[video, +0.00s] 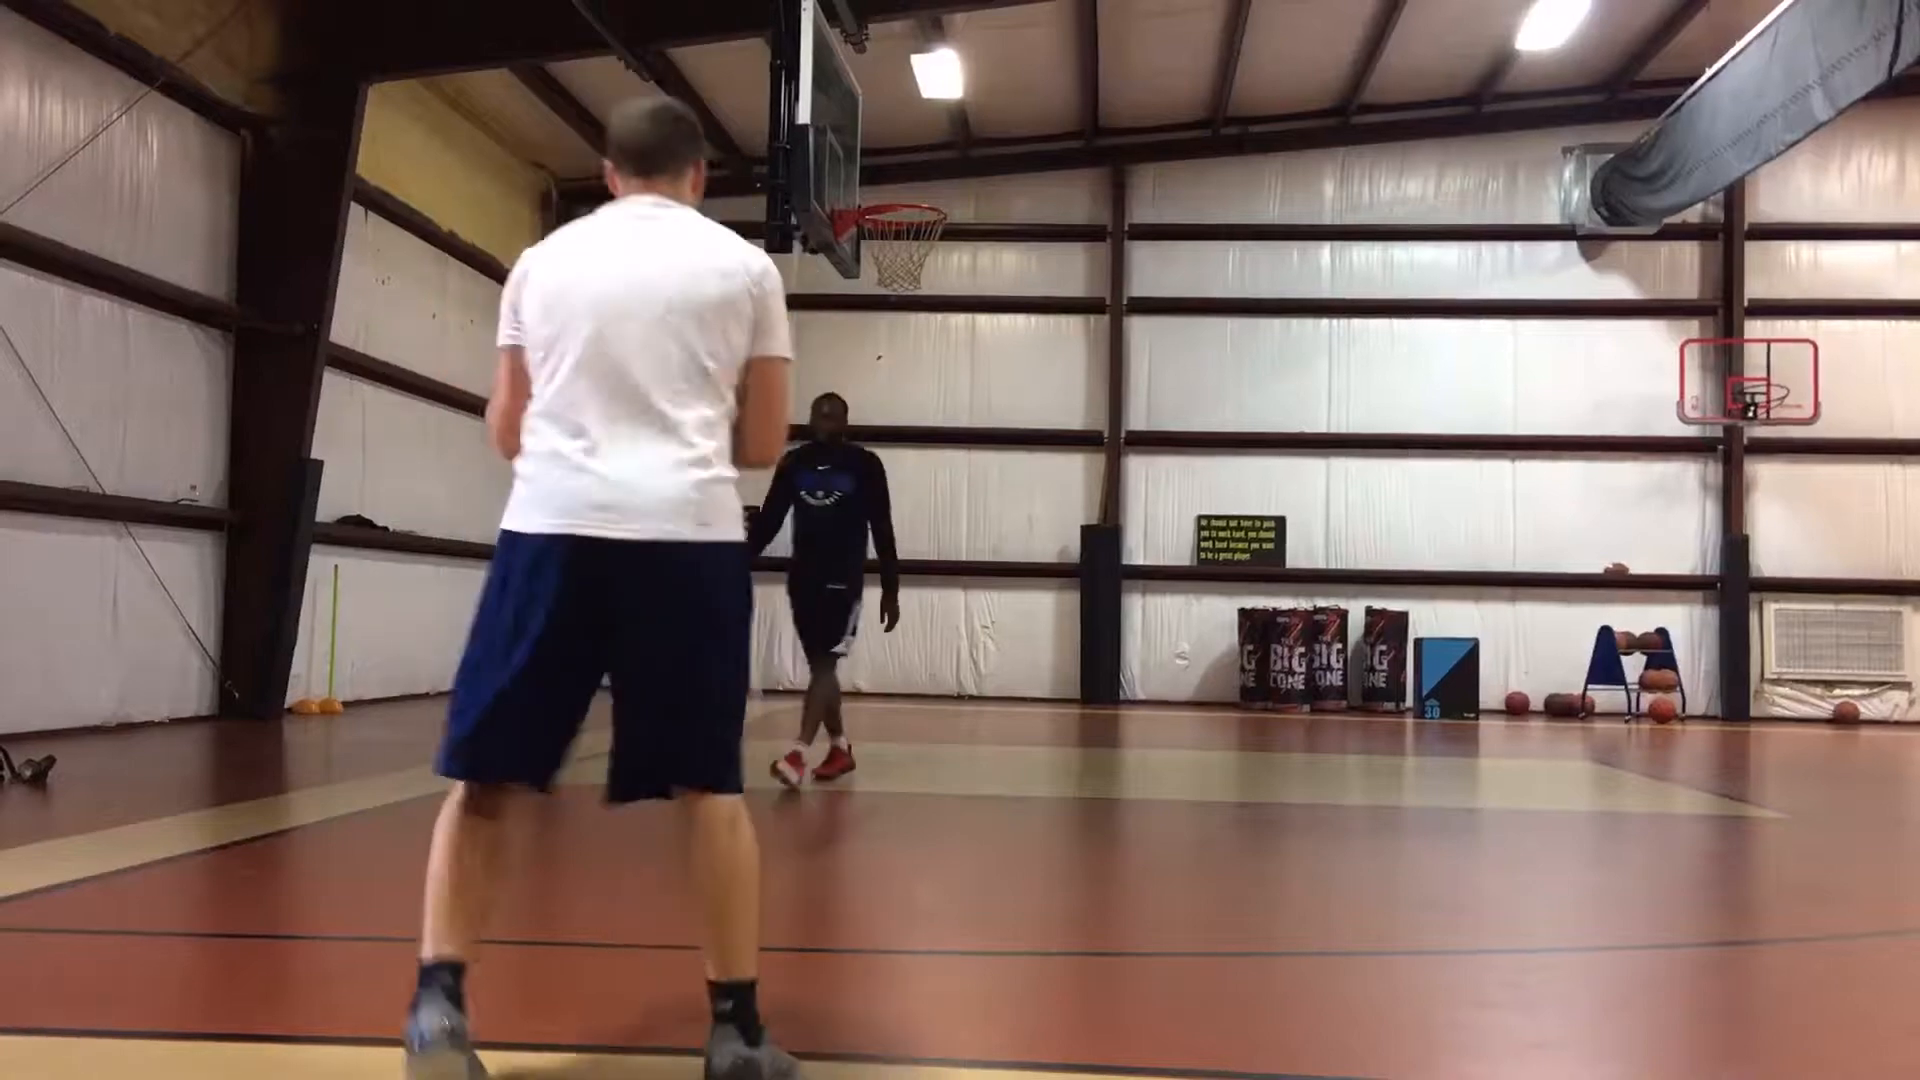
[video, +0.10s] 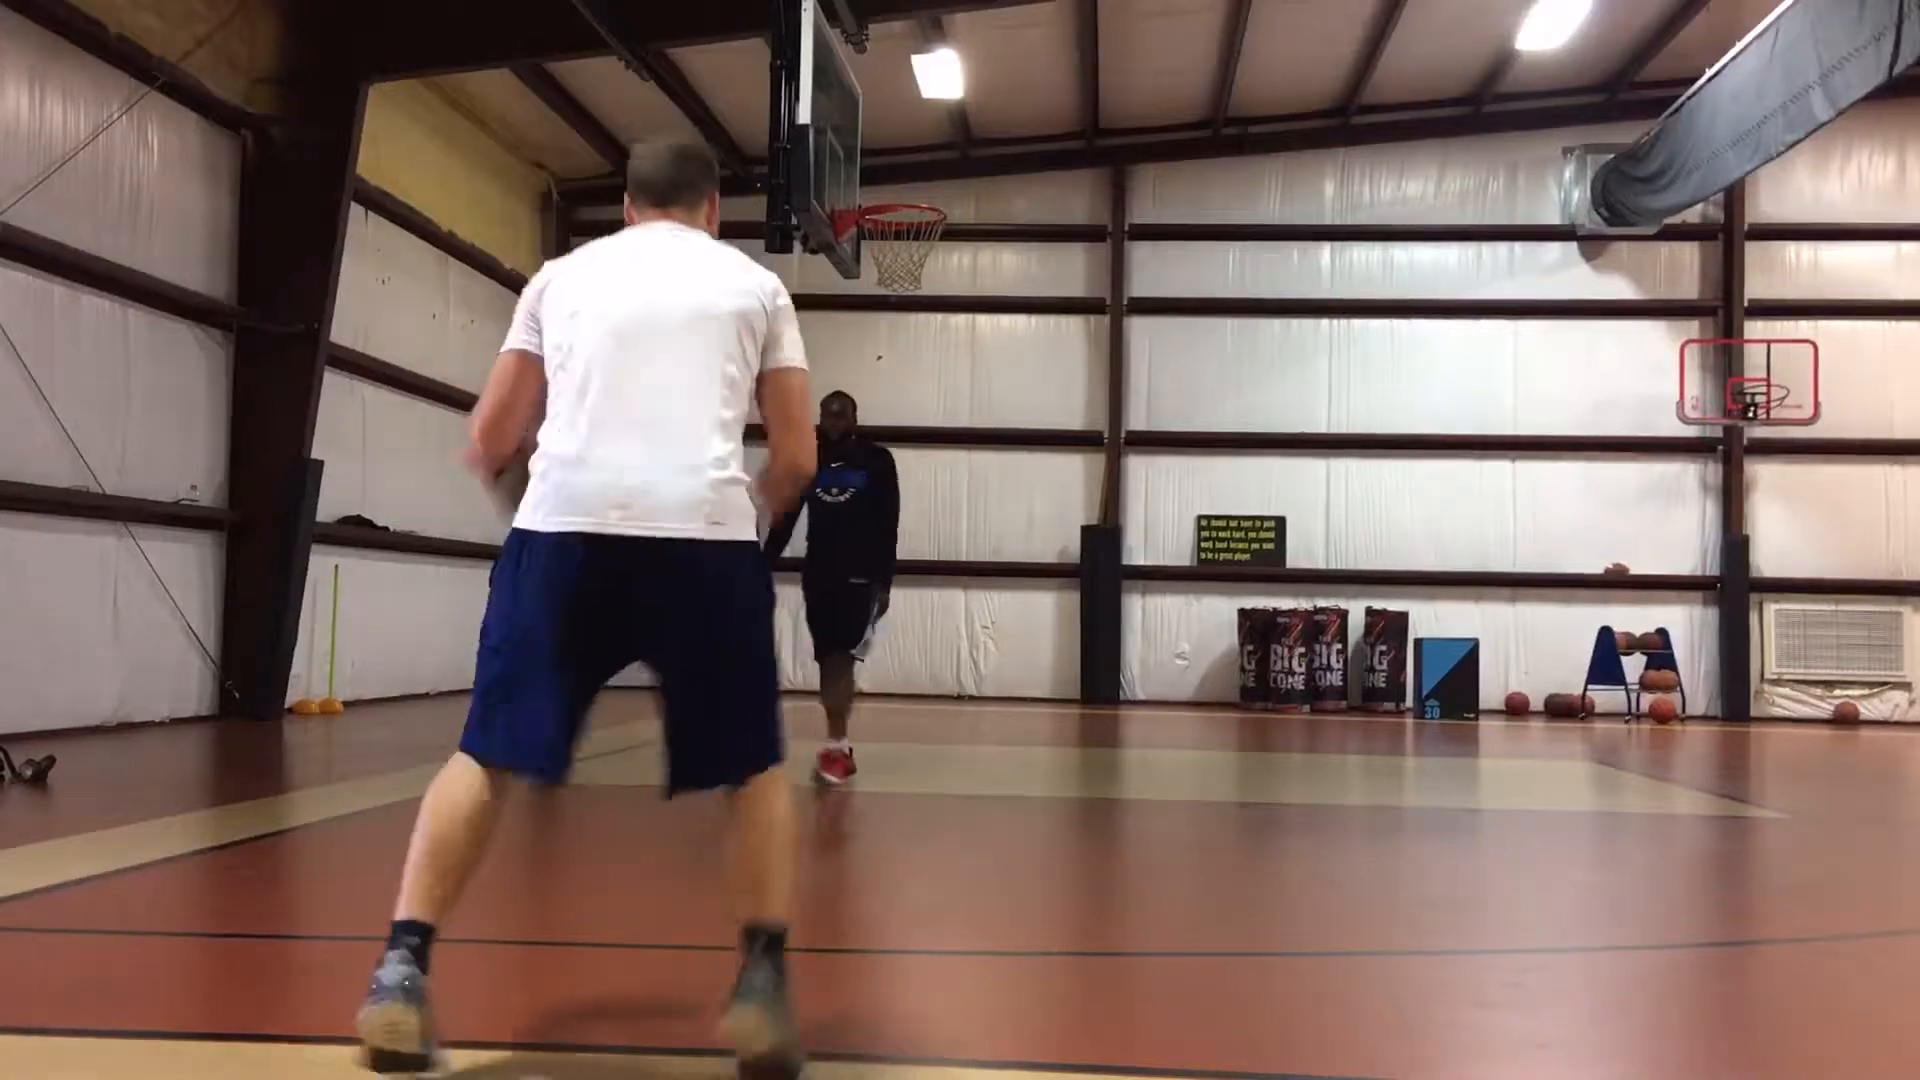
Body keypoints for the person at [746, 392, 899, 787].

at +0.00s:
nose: (825, 423)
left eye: (832, 416)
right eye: (820, 416)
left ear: (846, 422)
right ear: (810, 421)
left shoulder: (866, 465)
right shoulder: (794, 463)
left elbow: (883, 531)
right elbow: (769, 520)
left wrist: (891, 591)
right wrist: (739, 561)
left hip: (844, 574)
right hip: (804, 572)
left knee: (823, 663)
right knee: (819, 663)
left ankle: (800, 752)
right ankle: (840, 748)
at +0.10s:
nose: (831, 421)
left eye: (839, 414)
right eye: (827, 414)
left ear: (854, 419)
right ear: (819, 418)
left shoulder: (877, 460)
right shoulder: (810, 456)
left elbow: (888, 526)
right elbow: (787, 514)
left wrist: (884, 582)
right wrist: (764, 564)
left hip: (860, 573)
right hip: (819, 570)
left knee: (841, 656)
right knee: (827, 658)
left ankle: (837, 744)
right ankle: (838, 746)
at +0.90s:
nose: (956, 446)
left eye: (963, 442)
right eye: (953, 439)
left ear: (973, 449)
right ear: (943, 439)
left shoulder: (984, 486)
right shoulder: (928, 472)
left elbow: (988, 546)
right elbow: (916, 522)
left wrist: (958, 589)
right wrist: (902, 566)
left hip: (962, 583)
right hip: (928, 576)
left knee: (947, 661)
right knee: (928, 660)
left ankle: (950, 743)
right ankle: (974, 716)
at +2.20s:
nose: (1003, 502)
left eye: (1008, 496)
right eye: (1000, 496)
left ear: (1024, 497)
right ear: (999, 497)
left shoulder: (1048, 521)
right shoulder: (999, 523)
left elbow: (1066, 572)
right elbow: (1013, 572)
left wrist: (1061, 621)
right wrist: (1028, 613)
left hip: (1073, 589)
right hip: (1044, 588)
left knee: (1064, 659)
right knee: (1035, 658)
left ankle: (1069, 735)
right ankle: (1036, 732)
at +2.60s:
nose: (999, 513)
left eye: (1004, 508)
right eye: (999, 508)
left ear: (1022, 511)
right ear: (1000, 509)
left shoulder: (1043, 533)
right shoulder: (998, 532)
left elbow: (1062, 582)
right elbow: (1012, 580)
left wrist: (1058, 626)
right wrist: (1029, 620)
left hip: (1080, 592)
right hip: (1051, 591)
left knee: (1064, 659)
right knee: (1035, 656)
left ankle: (1070, 735)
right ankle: (1036, 733)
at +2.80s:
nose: (999, 509)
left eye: (1006, 506)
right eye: (1001, 504)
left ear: (1024, 512)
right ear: (1004, 505)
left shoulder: (1043, 532)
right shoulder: (999, 530)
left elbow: (1055, 583)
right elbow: (1012, 578)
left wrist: (1047, 625)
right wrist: (1026, 620)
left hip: (1081, 593)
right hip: (1051, 592)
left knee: (1060, 657)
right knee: (1033, 655)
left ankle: (1069, 735)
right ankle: (1035, 734)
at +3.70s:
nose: (1027, 452)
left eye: (1035, 447)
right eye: (1029, 447)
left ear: (1053, 456)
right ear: (1030, 453)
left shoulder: (1068, 493)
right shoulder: (1017, 486)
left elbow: (1077, 549)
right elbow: (1005, 532)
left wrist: (1054, 588)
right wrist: (980, 566)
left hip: (1051, 584)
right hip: (1019, 581)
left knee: (1061, 661)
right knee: (988, 645)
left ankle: (1071, 733)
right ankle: (1023, 711)